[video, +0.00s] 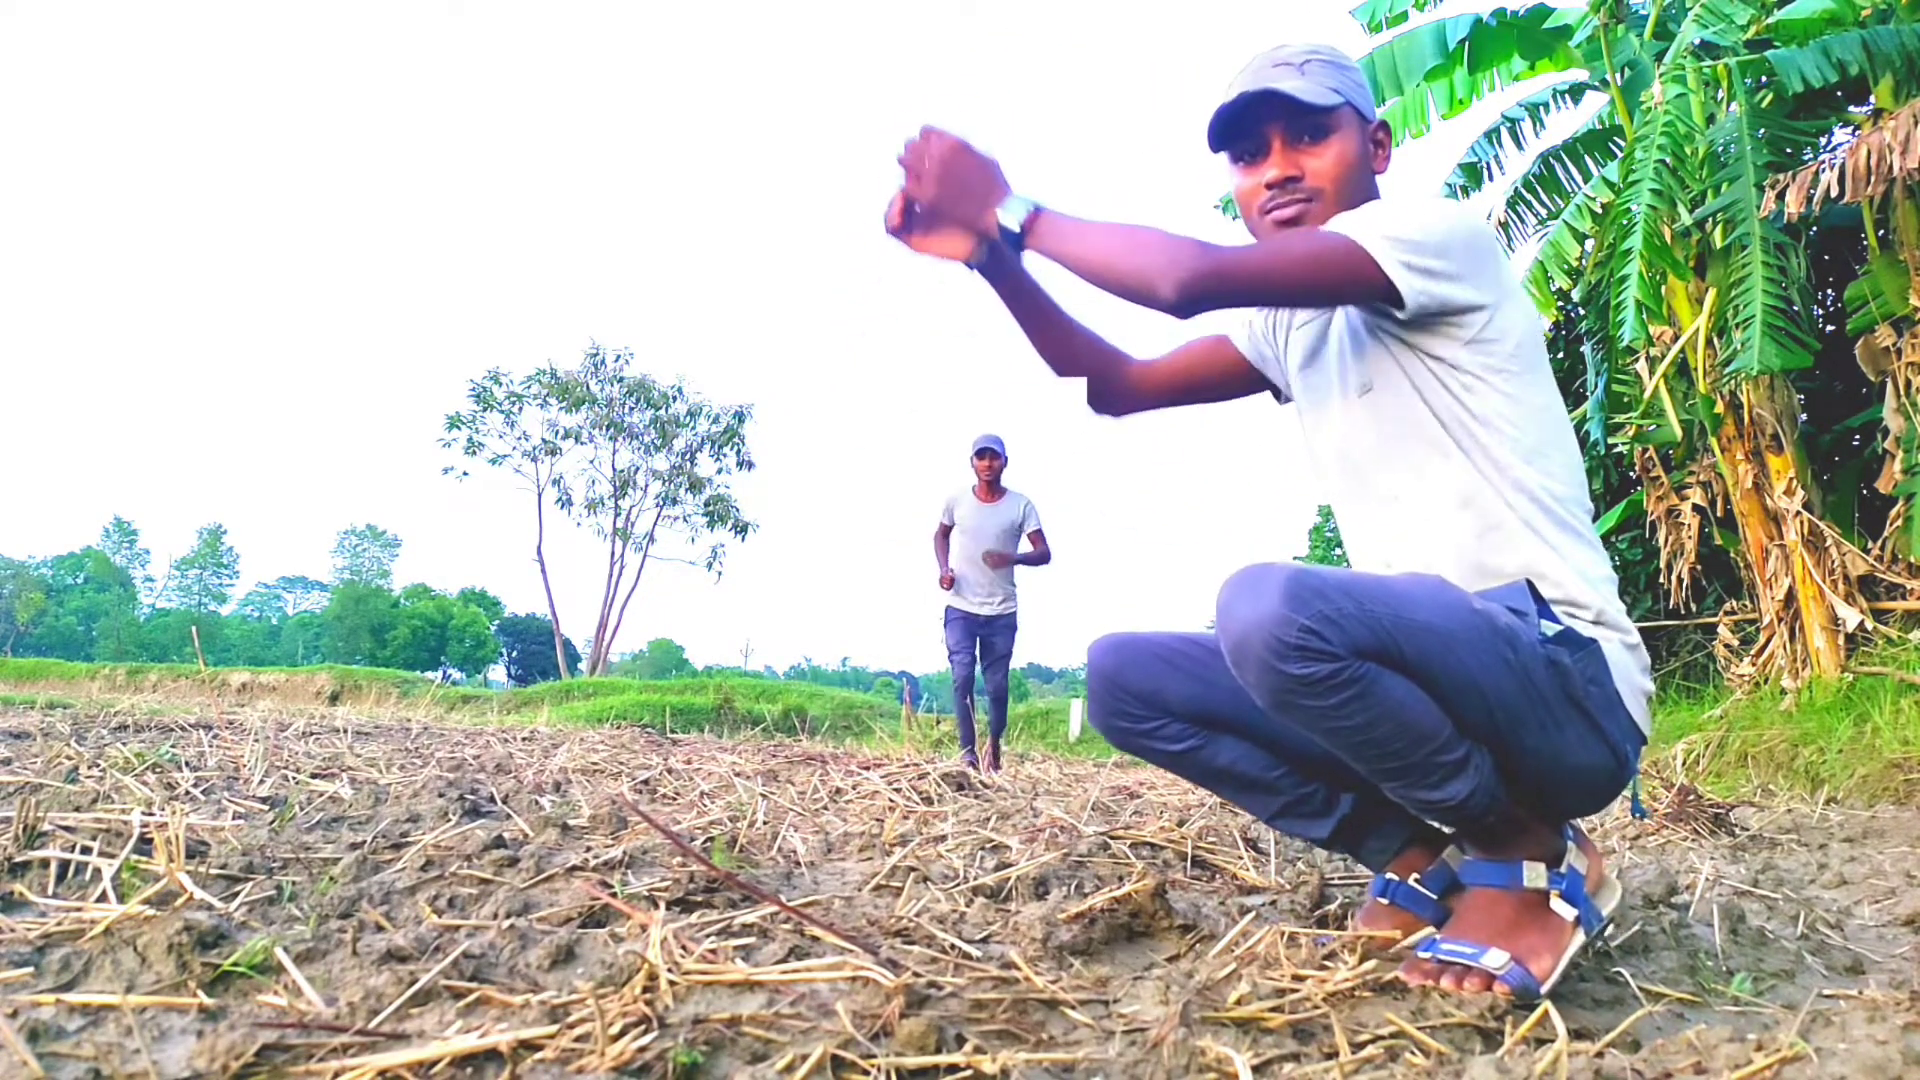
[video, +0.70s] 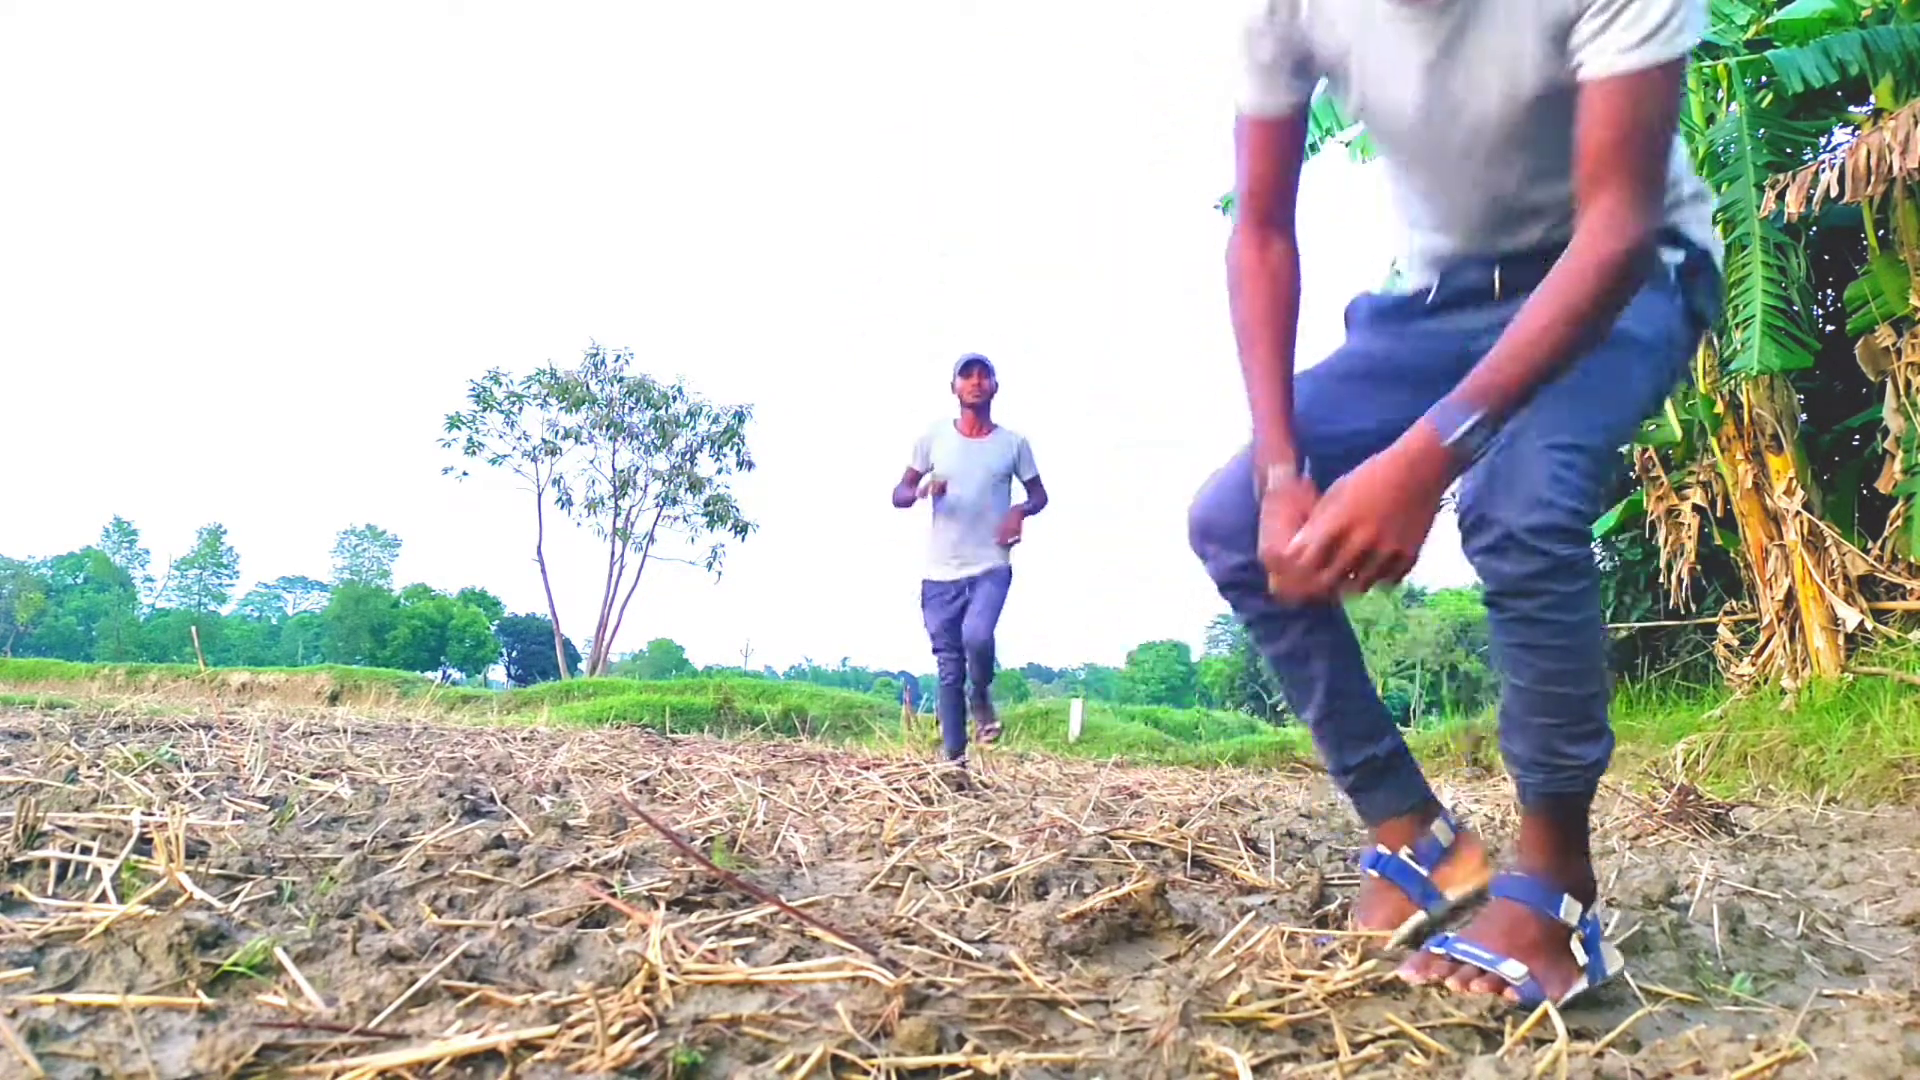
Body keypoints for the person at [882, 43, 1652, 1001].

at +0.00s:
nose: (1275, 167)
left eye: (1309, 132)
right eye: (1247, 148)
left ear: (1379, 149)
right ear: (1231, 180)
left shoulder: (1443, 239)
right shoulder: (1295, 328)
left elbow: (1189, 278)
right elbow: (1116, 383)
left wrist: (1011, 212)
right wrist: (991, 257)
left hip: (1566, 670)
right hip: (1435, 684)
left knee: (1271, 611)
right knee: (1124, 681)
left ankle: (1520, 859)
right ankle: (1425, 854)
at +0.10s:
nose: (1281, 161)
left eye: (1313, 129)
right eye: (1252, 143)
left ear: (1381, 147)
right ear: (1235, 186)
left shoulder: (1459, 247)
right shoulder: (1301, 346)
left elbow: (1295, 397)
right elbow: (1179, 501)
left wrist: (1077, 386)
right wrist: (1041, 453)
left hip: (1567, 676)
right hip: (1434, 700)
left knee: (1268, 613)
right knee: (1122, 681)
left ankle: (1518, 859)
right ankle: (1415, 858)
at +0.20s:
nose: (1273, 168)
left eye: (1302, 136)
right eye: (1241, 150)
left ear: (1364, 151)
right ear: (1220, 190)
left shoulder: (1457, 259)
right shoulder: (1275, 369)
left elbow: (1387, 461)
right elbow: (1228, 554)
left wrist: (1147, 494)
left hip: (1573, 684)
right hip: (1420, 707)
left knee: (1278, 608)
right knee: (1122, 677)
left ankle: (1521, 859)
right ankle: (1411, 853)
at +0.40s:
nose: (1226, 163)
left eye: (1249, 120)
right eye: (1188, 144)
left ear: (1312, 112)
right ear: (1163, 176)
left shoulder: (1438, 205)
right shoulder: (1236, 323)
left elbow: (1496, 432)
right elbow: (1251, 520)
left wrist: (1227, 473)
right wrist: (1168, 578)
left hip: (1615, 606)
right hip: (1439, 632)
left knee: (1390, 528)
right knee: (1158, 629)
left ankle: (1529, 864)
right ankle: (1416, 860)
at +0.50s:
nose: (1247, 67)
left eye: (1272, 23)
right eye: (1207, 43)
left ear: (1337, 15)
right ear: (1175, 71)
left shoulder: (1479, 120)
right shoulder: (1226, 220)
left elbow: (1533, 378)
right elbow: (1249, 434)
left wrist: (1276, 469)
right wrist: (1193, 551)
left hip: (1626, 465)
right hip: (1426, 491)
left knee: (1445, 500)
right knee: (1187, 594)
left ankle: (1533, 864)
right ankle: (1426, 864)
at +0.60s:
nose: (1338, 73)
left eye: (1367, 48)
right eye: (1315, 44)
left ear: (1428, 12)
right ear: (1295, 11)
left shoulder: (1556, 28)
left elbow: (1561, 316)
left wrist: (1348, 507)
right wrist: (1264, 550)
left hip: (1634, 332)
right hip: (1449, 359)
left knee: (1500, 505)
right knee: (1220, 555)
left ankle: (1542, 876)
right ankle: (1429, 856)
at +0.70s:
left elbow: (1616, 234)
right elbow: (1262, 228)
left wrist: (1429, 454)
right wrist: (1278, 468)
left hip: (1626, 264)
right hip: (1443, 297)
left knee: (1519, 508)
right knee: (1234, 519)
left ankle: (1551, 886)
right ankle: (1413, 834)